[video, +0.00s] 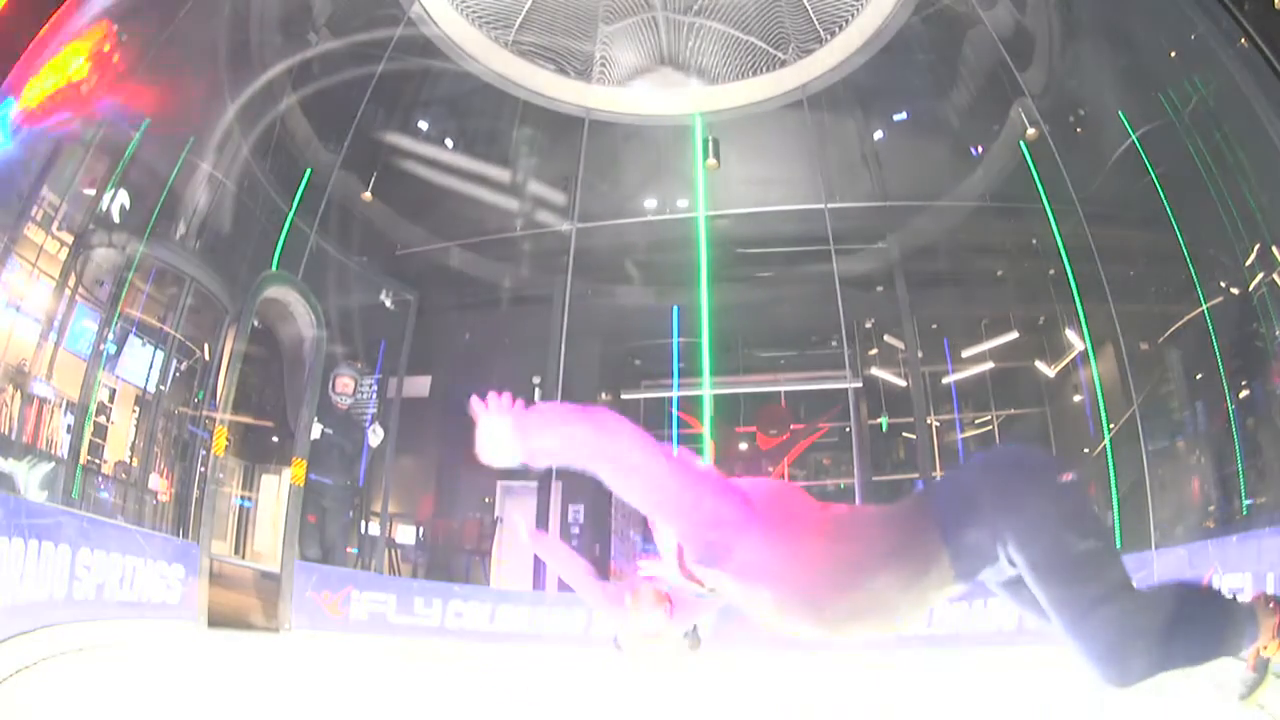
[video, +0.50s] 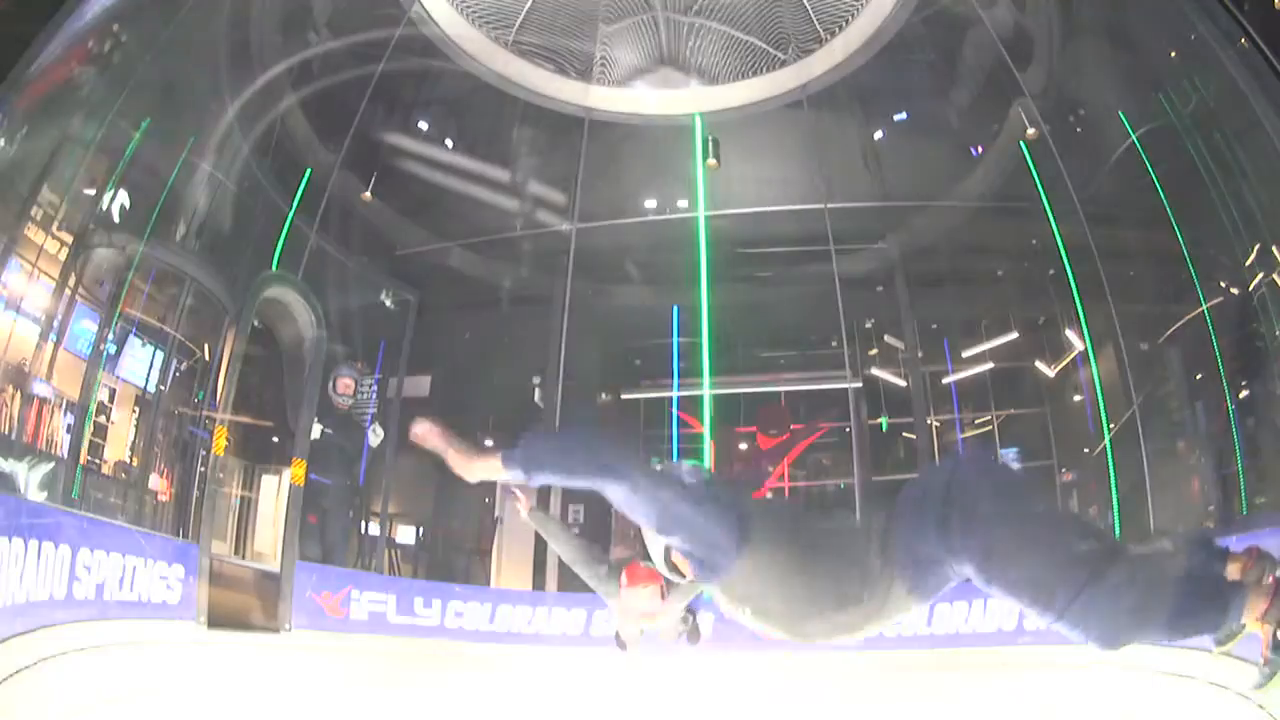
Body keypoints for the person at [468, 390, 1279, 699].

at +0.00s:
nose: (657, 589)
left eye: (648, 580)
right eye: (651, 594)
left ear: (658, 554)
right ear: (663, 594)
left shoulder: (710, 520)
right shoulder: (722, 595)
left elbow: (605, 433)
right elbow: (620, 612)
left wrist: (516, 434)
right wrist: (559, 555)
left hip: (996, 497)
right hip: (979, 546)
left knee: (1120, 649)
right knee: (1115, 631)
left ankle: (1256, 626)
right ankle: (1248, 623)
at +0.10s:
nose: (645, 547)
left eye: (644, 532)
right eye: (644, 552)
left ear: (663, 509)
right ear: (664, 568)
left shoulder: (703, 501)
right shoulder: (717, 593)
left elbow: (613, 408)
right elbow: (622, 603)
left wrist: (527, 410)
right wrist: (555, 554)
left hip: (980, 488)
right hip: (968, 545)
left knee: (1114, 629)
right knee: (1108, 618)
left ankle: (1257, 616)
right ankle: (1249, 618)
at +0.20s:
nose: (637, 542)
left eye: (634, 524)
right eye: (636, 545)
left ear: (648, 503)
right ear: (650, 554)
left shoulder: (697, 490)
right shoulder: (704, 590)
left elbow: (619, 394)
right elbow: (624, 612)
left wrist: (545, 400)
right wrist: (552, 547)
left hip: (968, 487)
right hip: (960, 540)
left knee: (1109, 616)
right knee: (1106, 596)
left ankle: (1256, 607)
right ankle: (1245, 608)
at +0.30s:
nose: (644, 534)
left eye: (644, 515)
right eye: (644, 541)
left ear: (662, 494)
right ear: (658, 562)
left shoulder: (701, 493)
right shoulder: (707, 589)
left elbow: (628, 401)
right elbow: (608, 595)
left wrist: (544, 407)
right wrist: (545, 529)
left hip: (961, 491)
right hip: (955, 539)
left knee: (1105, 612)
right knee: (1105, 596)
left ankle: (1244, 589)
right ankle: (1241, 601)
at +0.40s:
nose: (669, 558)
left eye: (666, 553)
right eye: (665, 561)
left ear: (672, 560)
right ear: (675, 575)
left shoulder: (722, 534)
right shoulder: (736, 586)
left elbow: (632, 438)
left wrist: (514, 435)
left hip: (959, 498)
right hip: (951, 521)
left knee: (1101, 607)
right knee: (1100, 604)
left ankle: (1232, 582)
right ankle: (1237, 595)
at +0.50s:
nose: (645, 590)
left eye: (634, 585)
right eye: (636, 597)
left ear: (650, 564)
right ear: (655, 595)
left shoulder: (717, 542)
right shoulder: (737, 597)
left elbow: (616, 465)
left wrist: (488, 459)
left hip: (955, 504)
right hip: (950, 539)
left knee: (1101, 604)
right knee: (1108, 585)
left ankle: (1248, 596)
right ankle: (1243, 580)